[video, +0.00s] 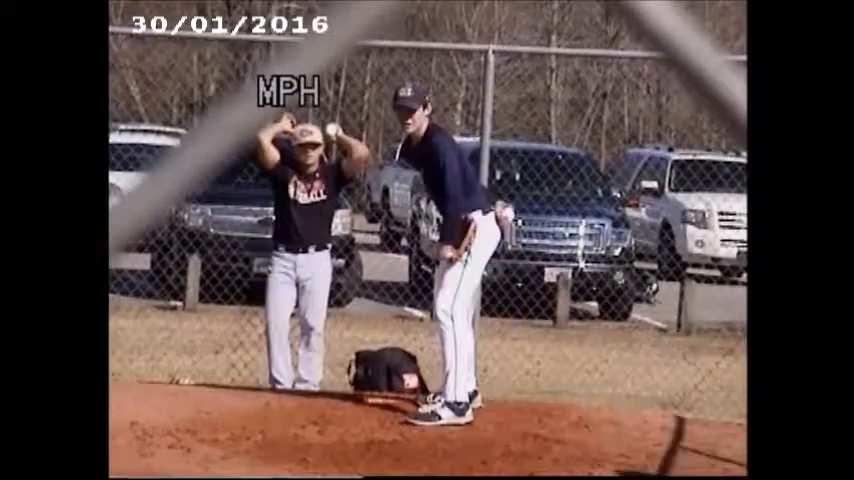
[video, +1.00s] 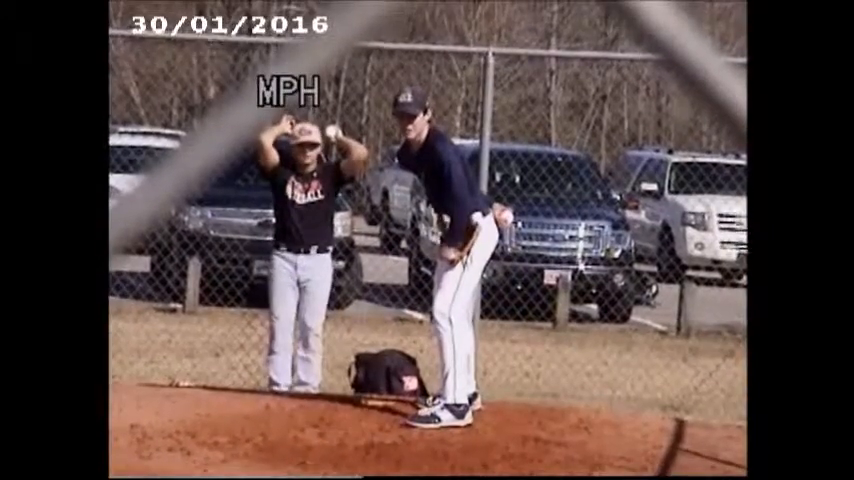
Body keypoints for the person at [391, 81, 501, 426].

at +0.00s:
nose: (406, 117)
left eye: (413, 111)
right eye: (402, 112)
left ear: (427, 110)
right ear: (397, 113)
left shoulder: (439, 142)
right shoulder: (413, 145)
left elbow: (455, 198)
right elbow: (442, 186)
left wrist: (449, 241)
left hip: (476, 224)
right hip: (460, 223)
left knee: (447, 308)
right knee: (457, 309)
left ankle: (455, 398)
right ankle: (465, 389)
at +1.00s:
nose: (407, 124)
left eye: (413, 117)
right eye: (402, 118)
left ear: (428, 116)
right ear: (396, 119)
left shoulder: (441, 149)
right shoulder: (409, 151)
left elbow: (461, 200)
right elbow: (442, 186)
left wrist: (455, 243)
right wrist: (488, 207)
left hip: (475, 225)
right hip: (457, 225)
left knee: (445, 312)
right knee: (456, 313)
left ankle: (456, 401)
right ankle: (465, 391)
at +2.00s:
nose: (416, 102)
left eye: (421, 95)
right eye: (414, 97)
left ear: (442, 92)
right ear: (437, 96)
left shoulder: (433, 122)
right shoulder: (450, 120)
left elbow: (409, 172)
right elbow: (424, 167)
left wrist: (386, 158)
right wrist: (393, 153)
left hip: (473, 217)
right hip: (482, 216)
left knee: (439, 302)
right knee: (439, 302)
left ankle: (456, 389)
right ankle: (460, 386)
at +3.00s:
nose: (417, 106)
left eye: (421, 98)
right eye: (415, 100)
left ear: (439, 92)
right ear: (434, 97)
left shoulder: (438, 123)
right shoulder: (457, 118)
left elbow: (409, 173)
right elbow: (419, 164)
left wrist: (392, 137)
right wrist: (404, 130)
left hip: (467, 219)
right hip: (477, 216)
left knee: (440, 307)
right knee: (440, 307)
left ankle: (455, 394)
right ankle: (461, 389)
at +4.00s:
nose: (428, 107)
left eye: (429, 101)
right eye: (425, 102)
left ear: (446, 91)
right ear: (450, 91)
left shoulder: (441, 124)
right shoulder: (474, 112)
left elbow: (399, 159)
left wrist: (397, 120)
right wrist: (417, 96)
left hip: (474, 214)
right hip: (497, 216)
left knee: (412, 274)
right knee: (449, 293)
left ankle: (444, 355)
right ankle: (461, 383)